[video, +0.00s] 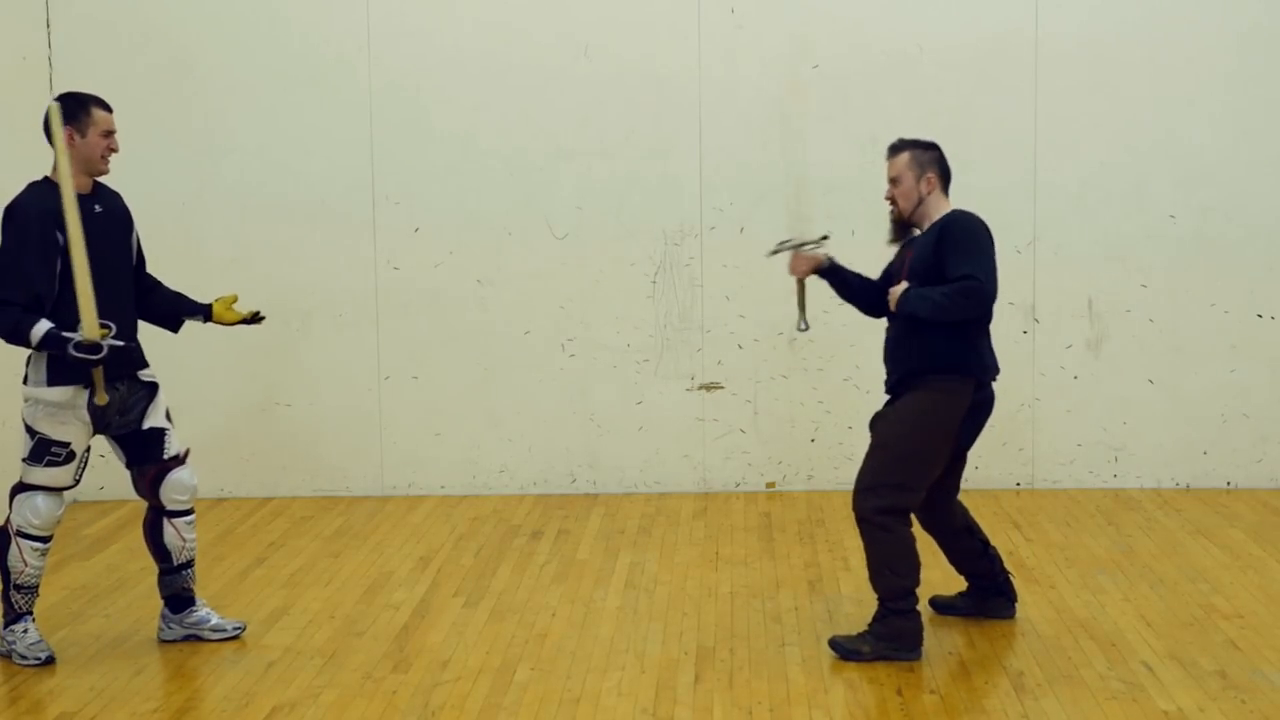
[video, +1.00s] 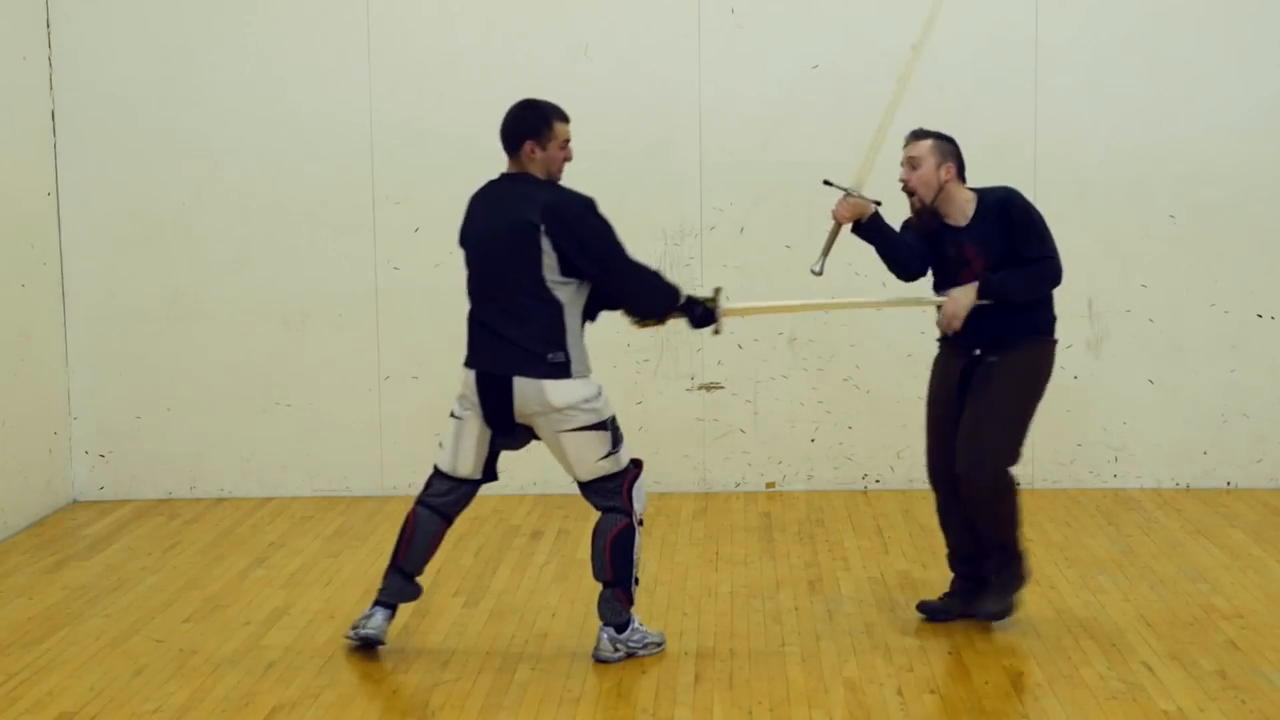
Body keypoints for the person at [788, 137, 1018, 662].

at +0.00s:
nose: (888, 193)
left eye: (895, 182)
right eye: (887, 184)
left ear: (929, 182)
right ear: (921, 185)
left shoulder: (962, 228)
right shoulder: (912, 249)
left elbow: (976, 297)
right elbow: (880, 301)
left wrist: (910, 299)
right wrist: (827, 268)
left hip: (943, 389)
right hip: (939, 392)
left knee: (878, 499)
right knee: (934, 501)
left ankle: (897, 629)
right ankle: (992, 590)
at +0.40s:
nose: (892, 220)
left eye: (903, 215)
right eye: (894, 210)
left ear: (938, 222)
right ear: (927, 217)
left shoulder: (971, 288)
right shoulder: (905, 231)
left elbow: (970, 371)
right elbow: (847, 260)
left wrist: (902, 337)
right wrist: (787, 309)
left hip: (931, 406)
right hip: (903, 396)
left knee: (866, 504)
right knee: (919, 496)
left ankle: (895, 629)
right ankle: (986, 579)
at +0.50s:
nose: (900, 226)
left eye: (911, 220)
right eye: (901, 216)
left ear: (946, 224)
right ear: (905, 208)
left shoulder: (980, 287)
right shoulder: (902, 233)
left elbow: (983, 368)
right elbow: (859, 276)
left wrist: (915, 334)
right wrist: (848, 346)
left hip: (935, 400)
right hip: (888, 388)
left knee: (868, 503)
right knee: (903, 493)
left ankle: (896, 628)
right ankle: (979, 572)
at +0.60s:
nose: (904, 218)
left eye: (915, 211)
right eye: (904, 208)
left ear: (949, 215)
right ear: (908, 201)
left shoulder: (986, 283)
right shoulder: (902, 232)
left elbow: (990, 363)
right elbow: (865, 274)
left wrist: (925, 326)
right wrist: (891, 299)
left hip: (938, 404)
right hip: (888, 393)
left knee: (872, 501)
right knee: (892, 497)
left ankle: (897, 629)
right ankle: (978, 572)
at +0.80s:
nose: (908, 195)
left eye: (918, 187)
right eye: (909, 185)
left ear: (951, 194)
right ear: (929, 193)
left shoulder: (996, 252)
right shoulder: (916, 239)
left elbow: (993, 330)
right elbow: (885, 280)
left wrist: (936, 283)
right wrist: (891, 230)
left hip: (957, 399)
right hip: (903, 393)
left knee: (891, 497)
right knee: (881, 495)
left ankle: (896, 628)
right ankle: (958, 574)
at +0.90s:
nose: (901, 187)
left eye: (912, 179)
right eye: (903, 177)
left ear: (946, 186)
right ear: (931, 187)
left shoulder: (995, 223)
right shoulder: (920, 230)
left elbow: (1017, 293)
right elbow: (895, 270)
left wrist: (951, 267)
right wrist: (873, 217)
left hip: (987, 371)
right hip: (929, 367)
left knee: (939, 479)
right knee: (907, 478)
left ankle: (902, 602)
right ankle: (964, 577)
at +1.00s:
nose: (904, 177)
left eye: (914, 165)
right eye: (903, 167)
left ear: (948, 169)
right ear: (933, 175)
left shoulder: (1005, 206)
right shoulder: (925, 224)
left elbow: (1048, 271)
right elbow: (908, 266)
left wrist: (975, 290)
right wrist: (868, 220)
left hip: (1020, 352)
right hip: (959, 355)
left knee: (981, 463)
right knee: (945, 470)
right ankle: (969, 586)